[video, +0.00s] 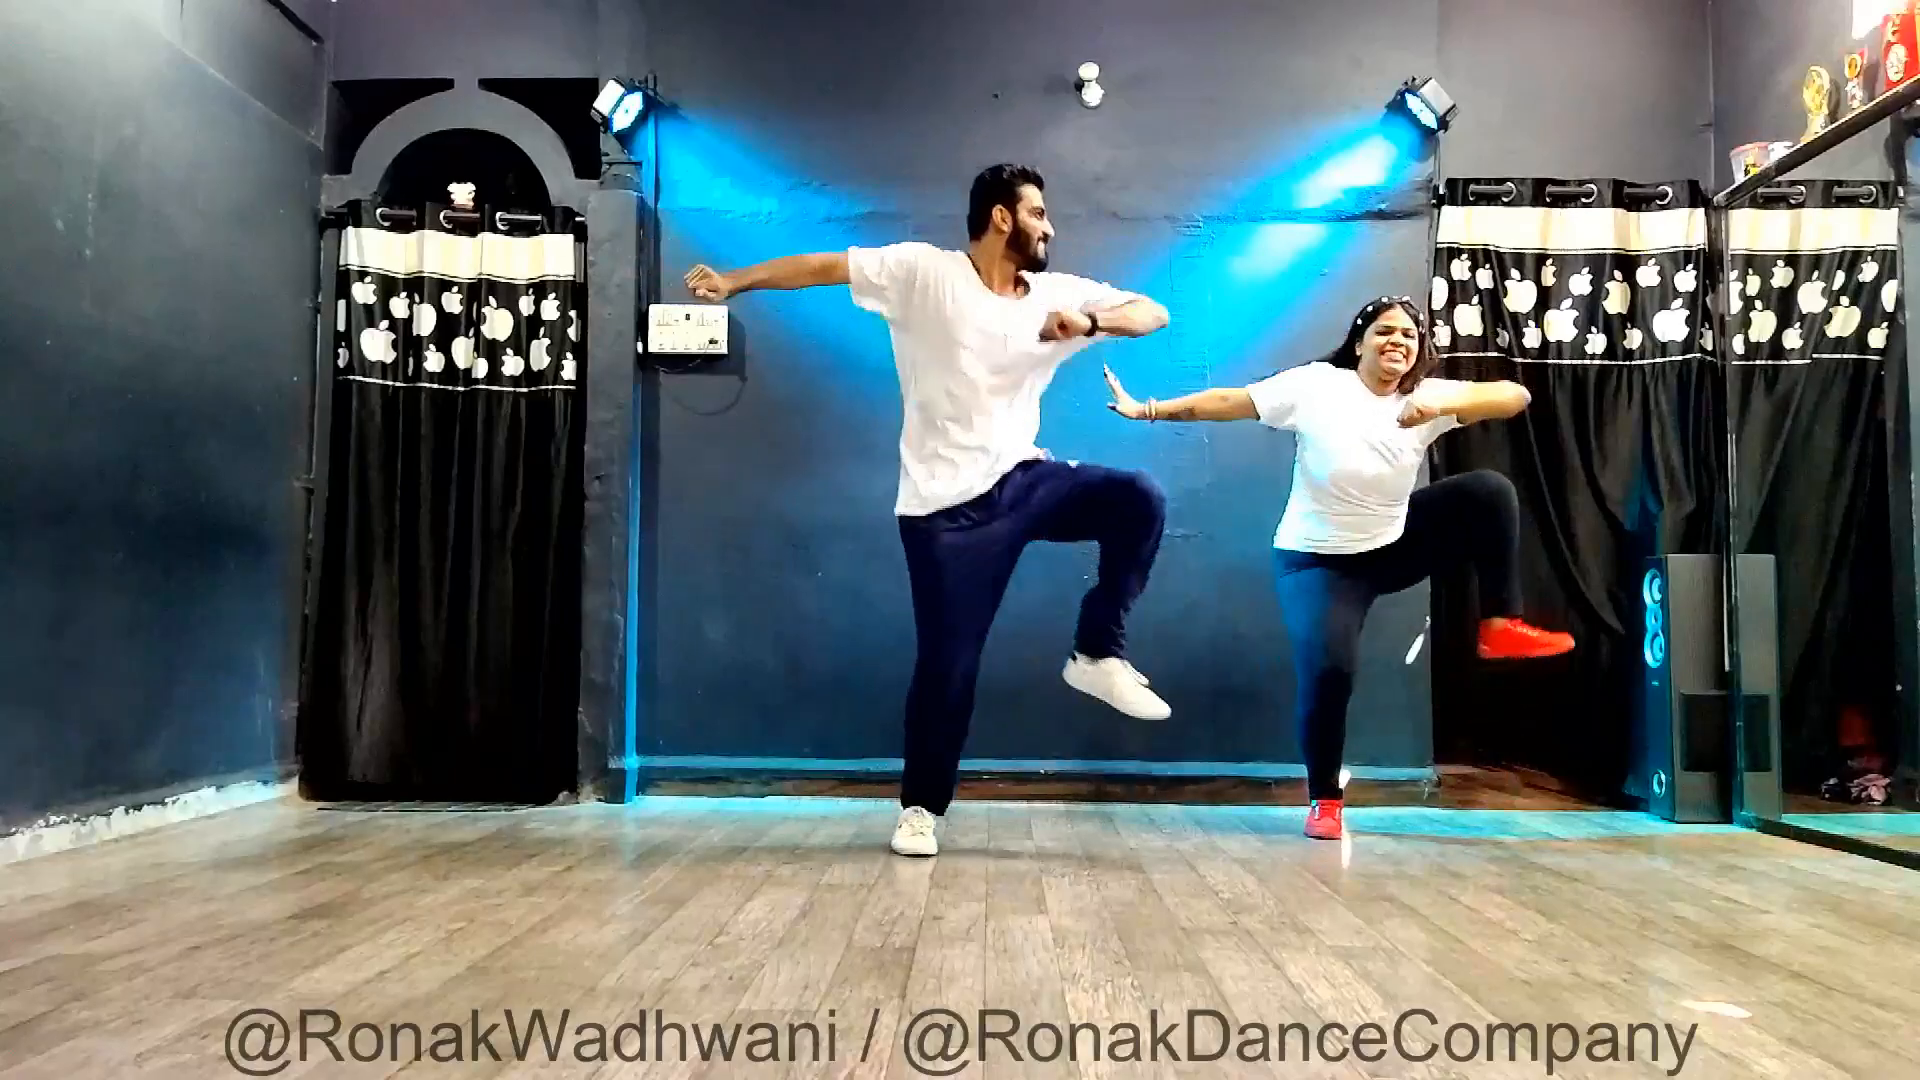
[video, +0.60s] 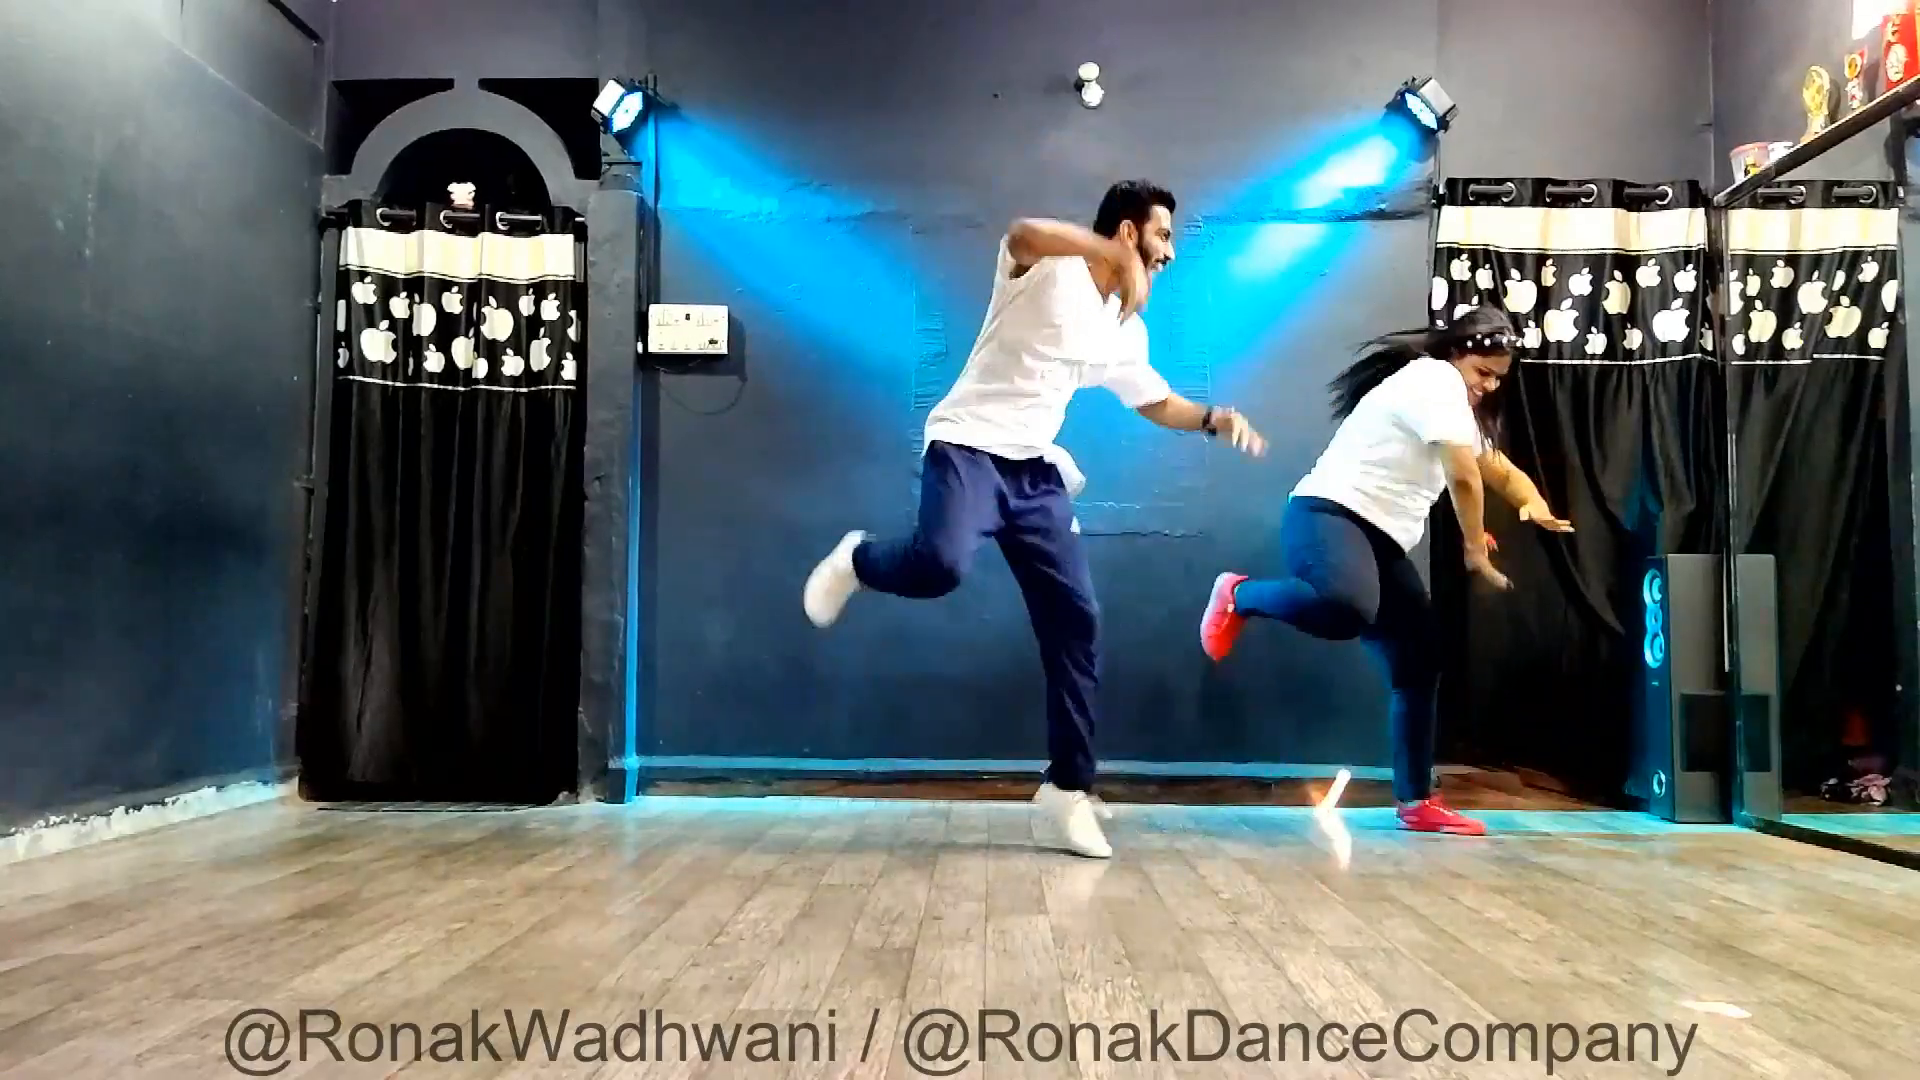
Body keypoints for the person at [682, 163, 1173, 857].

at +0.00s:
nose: (1048, 224)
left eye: (1048, 213)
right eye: (1037, 210)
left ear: (1025, 223)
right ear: (997, 217)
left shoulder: (1055, 291)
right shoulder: (925, 270)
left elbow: (1154, 313)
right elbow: (824, 267)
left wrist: (1092, 321)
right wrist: (733, 281)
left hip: (1025, 480)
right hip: (947, 503)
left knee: (1137, 504)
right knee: (947, 666)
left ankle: (1097, 656)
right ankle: (920, 809)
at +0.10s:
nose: (1074, 246)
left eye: (1073, 235)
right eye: (1063, 234)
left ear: (1039, 245)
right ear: (1026, 242)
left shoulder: (1081, 313)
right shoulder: (950, 296)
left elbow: (1170, 351)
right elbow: (858, 315)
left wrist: (1116, 365)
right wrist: (787, 324)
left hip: (1052, 509)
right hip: (969, 522)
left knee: (1158, 576)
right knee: (971, 686)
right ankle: (922, 810)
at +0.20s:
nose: (1094, 262)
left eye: (1095, 252)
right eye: (1083, 249)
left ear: (1071, 261)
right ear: (1042, 256)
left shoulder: (1107, 345)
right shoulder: (968, 332)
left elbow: (1148, 444)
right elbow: (895, 408)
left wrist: (1131, 399)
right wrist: (861, 385)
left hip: (1084, 536)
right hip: (992, 534)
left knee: (1153, 660)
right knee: (984, 697)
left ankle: (1173, 819)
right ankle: (923, 807)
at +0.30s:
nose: (1116, 259)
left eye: (1118, 248)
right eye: (1108, 244)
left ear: (1092, 251)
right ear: (1068, 243)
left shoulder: (1112, 336)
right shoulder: (994, 316)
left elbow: (1152, 430)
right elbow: (927, 395)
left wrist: (1179, 360)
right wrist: (940, 321)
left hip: (1100, 536)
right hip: (1010, 531)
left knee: (1157, 668)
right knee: (991, 686)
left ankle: (1168, 820)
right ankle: (931, 811)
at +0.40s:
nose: (1135, 225)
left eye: (1137, 214)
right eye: (1127, 209)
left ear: (1102, 211)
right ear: (1089, 205)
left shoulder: (1124, 300)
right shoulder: (1007, 263)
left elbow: (1167, 369)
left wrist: (1179, 362)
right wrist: (980, 226)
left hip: (1082, 499)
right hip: (995, 486)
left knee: (1122, 636)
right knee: (962, 638)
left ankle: (1158, 795)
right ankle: (913, 783)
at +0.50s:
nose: (1157, 222)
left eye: (1160, 212)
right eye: (1149, 204)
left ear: (1140, 219)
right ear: (1107, 199)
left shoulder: (1126, 298)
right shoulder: (1039, 243)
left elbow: (1160, 370)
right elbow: (1017, 203)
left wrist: (1226, 381)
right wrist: (1029, 149)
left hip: (1054, 461)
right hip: (976, 443)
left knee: (1102, 600)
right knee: (949, 579)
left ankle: (1098, 765)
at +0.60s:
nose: (1167, 252)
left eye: (1170, 241)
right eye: (1159, 237)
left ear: (1141, 239)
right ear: (1123, 231)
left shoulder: (1123, 334)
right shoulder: (1052, 264)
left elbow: (1157, 403)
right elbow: (1022, 233)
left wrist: (1212, 418)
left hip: (1035, 466)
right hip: (967, 444)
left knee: (1075, 617)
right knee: (940, 566)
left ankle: (1067, 789)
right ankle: (853, 562)